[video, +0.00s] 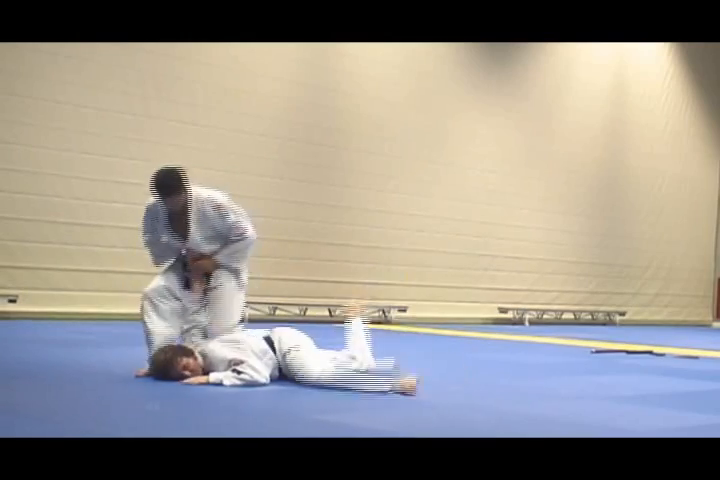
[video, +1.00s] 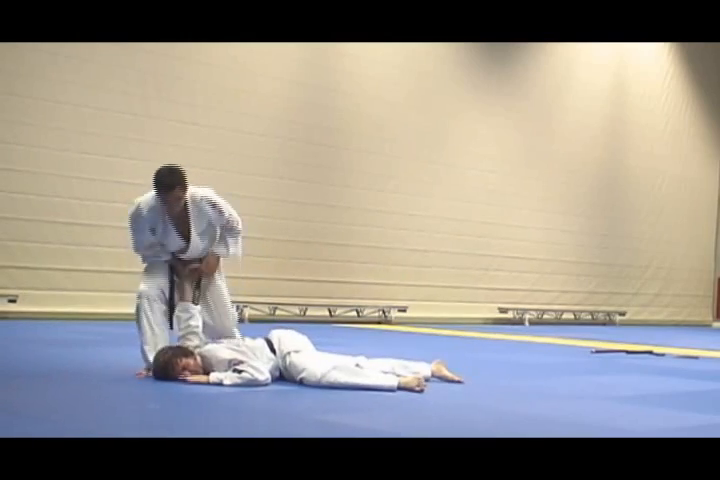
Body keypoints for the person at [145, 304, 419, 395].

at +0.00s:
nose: (189, 375)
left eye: (185, 370)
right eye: (181, 374)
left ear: (189, 356)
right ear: (182, 359)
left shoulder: (217, 353)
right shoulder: (200, 351)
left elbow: (259, 375)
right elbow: (173, 355)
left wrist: (210, 380)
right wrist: (155, 368)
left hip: (282, 342)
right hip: (280, 355)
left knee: (311, 374)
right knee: (357, 363)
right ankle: (355, 320)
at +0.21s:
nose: (192, 373)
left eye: (189, 366)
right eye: (184, 373)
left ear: (192, 354)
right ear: (179, 373)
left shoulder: (218, 347)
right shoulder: (204, 356)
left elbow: (260, 375)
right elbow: (175, 360)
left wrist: (215, 377)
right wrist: (157, 369)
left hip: (282, 340)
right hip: (280, 353)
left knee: (315, 372)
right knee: (344, 364)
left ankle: (400, 375)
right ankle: (422, 370)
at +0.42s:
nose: (190, 374)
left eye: (188, 367)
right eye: (182, 374)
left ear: (192, 356)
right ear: (179, 373)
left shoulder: (216, 351)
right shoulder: (199, 358)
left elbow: (259, 374)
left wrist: (216, 381)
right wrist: (157, 369)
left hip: (283, 345)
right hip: (281, 352)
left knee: (316, 372)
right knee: (351, 365)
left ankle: (398, 380)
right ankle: (425, 369)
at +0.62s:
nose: (189, 373)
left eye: (187, 366)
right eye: (181, 373)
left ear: (192, 357)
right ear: (178, 372)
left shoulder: (216, 353)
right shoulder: (198, 359)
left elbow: (260, 374)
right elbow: (174, 359)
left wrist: (216, 381)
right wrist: (156, 368)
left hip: (282, 346)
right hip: (281, 352)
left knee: (316, 373)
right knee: (352, 365)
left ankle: (400, 381)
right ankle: (427, 368)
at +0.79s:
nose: (190, 374)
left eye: (187, 367)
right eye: (182, 374)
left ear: (191, 357)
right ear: (179, 374)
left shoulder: (216, 352)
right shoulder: (202, 360)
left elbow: (259, 373)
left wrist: (214, 380)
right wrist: (157, 369)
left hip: (281, 347)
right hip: (280, 352)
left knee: (315, 373)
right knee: (351, 364)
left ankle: (399, 381)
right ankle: (426, 369)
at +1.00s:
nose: (188, 374)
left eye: (185, 368)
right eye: (181, 374)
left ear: (189, 357)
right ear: (180, 368)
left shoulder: (215, 353)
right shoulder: (201, 356)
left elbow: (259, 374)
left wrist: (214, 378)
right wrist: (159, 369)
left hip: (281, 348)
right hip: (281, 352)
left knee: (314, 373)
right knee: (353, 363)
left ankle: (397, 381)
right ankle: (428, 368)